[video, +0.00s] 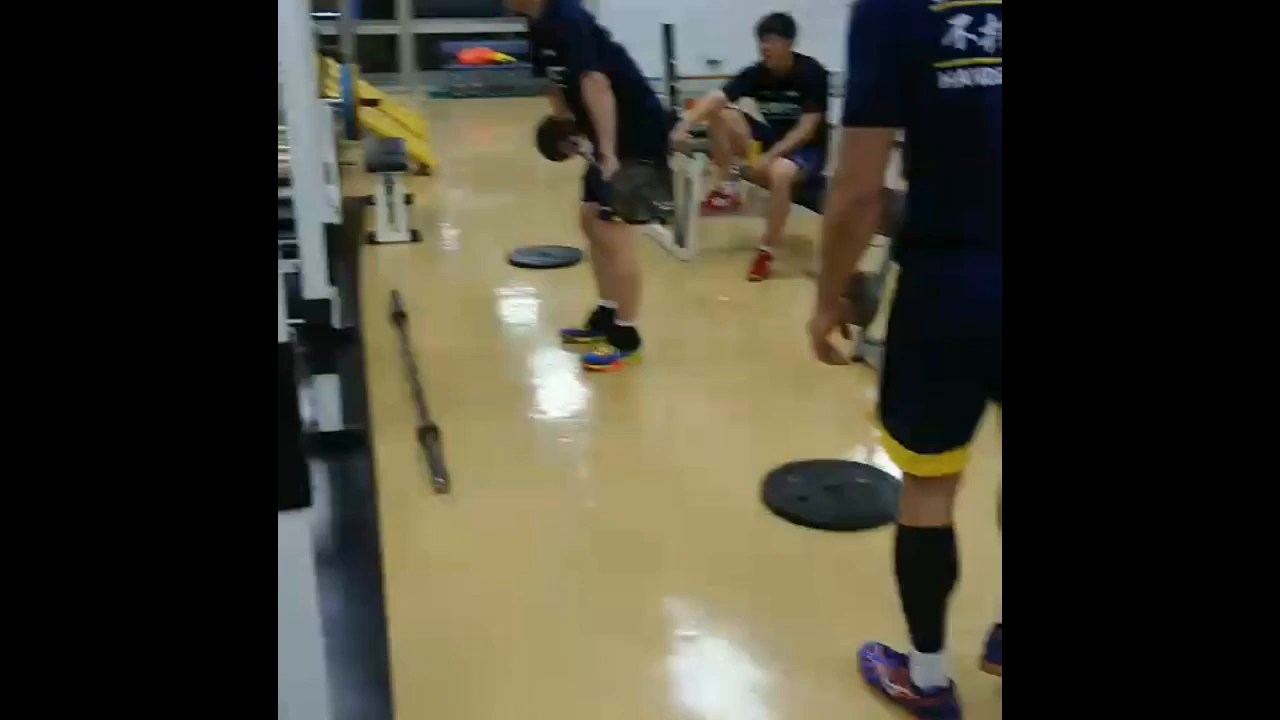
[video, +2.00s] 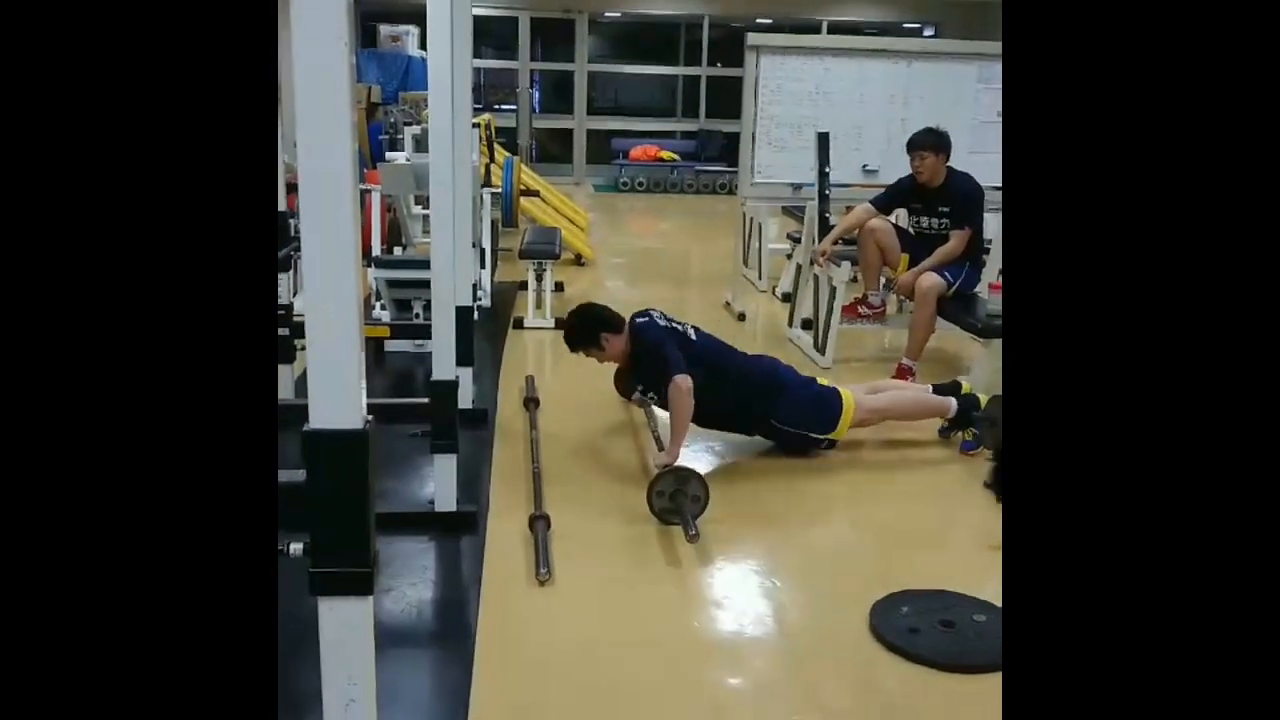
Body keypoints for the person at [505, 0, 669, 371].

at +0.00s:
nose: (508, 4)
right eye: (508, 1)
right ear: (523, 3)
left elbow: (596, 83)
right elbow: (556, 86)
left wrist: (608, 154)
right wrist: (564, 123)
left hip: (639, 136)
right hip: (607, 136)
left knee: (614, 228)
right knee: (594, 221)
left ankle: (627, 333)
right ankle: (608, 314)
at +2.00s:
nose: (599, 360)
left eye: (595, 353)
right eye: (591, 354)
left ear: (607, 338)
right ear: (609, 325)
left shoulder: (652, 345)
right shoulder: (641, 321)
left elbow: (683, 389)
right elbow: (648, 359)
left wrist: (672, 454)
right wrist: (628, 377)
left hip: (772, 398)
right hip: (764, 383)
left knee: (863, 410)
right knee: (854, 398)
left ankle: (959, 405)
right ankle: (945, 396)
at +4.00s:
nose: (726, 86)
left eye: (737, 78)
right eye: (726, 79)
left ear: (755, 90)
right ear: (725, 90)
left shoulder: (754, 138)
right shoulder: (722, 130)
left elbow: (749, 68)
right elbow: (717, 67)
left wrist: (748, 9)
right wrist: (713, 18)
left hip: (723, 271)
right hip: (695, 266)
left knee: (719, 383)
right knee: (691, 361)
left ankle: (746, 495)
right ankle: (716, 442)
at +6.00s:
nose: (575, 392)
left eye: (570, 384)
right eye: (566, 387)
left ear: (583, 369)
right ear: (583, 361)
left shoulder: (628, 373)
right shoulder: (617, 355)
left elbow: (661, 428)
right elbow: (640, 396)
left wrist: (656, 489)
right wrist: (617, 416)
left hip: (748, 409)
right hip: (748, 391)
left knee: (827, 455)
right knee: (823, 432)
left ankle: (930, 460)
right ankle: (915, 438)